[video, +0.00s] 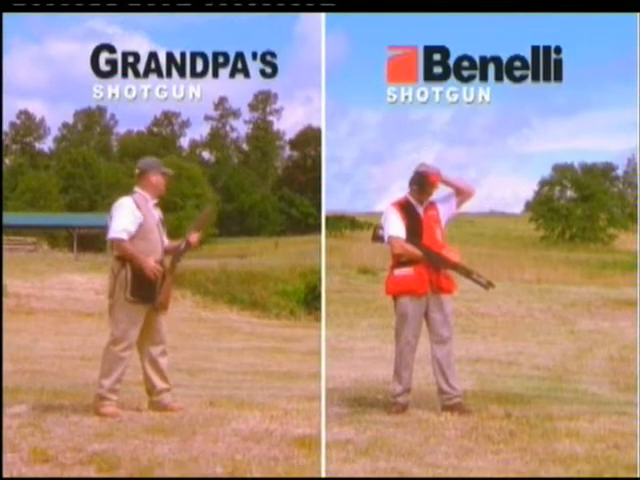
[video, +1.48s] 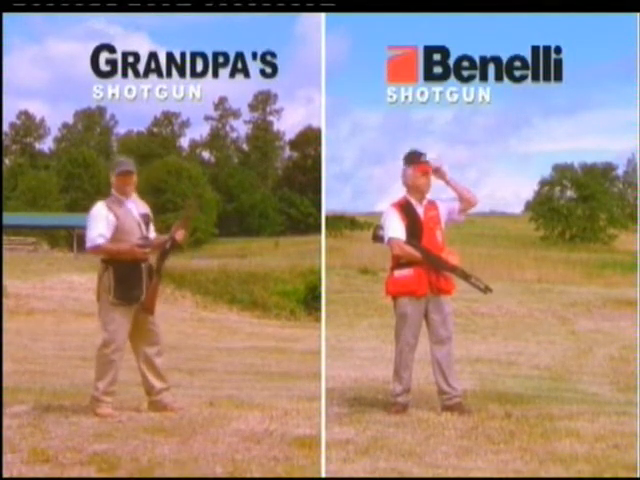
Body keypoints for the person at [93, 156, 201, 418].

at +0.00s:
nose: (165, 183)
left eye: (165, 178)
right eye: (160, 176)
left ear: (153, 180)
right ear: (146, 178)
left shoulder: (154, 211)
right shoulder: (127, 205)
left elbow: (160, 246)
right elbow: (117, 241)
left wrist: (185, 244)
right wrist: (143, 261)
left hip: (152, 276)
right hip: (129, 276)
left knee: (155, 341)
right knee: (122, 340)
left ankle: (160, 396)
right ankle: (106, 398)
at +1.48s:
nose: (126, 181)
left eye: (130, 176)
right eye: (121, 176)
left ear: (136, 179)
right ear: (112, 179)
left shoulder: (142, 208)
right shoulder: (102, 210)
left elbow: (148, 241)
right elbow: (94, 245)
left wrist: (170, 240)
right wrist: (129, 251)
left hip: (141, 284)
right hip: (115, 282)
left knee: (149, 341)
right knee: (113, 341)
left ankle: (158, 396)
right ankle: (102, 399)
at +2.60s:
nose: (153, 180)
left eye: (154, 176)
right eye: (147, 176)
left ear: (154, 180)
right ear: (132, 179)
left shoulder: (156, 208)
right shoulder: (121, 208)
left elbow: (165, 243)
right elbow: (127, 242)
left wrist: (184, 235)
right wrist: (163, 228)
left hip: (153, 272)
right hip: (127, 272)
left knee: (156, 341)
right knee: (119, 339)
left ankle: (161, 396)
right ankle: (102, 398)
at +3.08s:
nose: (154, 189)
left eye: (154, 184)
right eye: (149, 184)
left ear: (144, 188)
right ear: (132, 187)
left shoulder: (151, 215)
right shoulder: (120, 217)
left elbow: (163, 247)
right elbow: (127, 256)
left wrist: (184, 242)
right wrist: (159, 270)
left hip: (145, 280)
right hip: (122, 282)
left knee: (158, 340)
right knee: (121, 342)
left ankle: (162, 396)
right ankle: (93, 399)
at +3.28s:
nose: (152, 190)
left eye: (151, 185)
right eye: (146, 185)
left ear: (140, 190)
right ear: (131, 189)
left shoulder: (149, 216)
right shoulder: (116, 221)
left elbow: (159, 249)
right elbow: (113, 262)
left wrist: (180, 246)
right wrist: (125, 293)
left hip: (146, 281)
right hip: (122, 283)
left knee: (160, 339)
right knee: (121, 343)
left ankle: (163, 396)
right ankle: (92, 399)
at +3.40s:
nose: (152, 188)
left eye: (151, 183)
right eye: (146, 183)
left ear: (143, 188)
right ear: (130, 188)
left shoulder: (150, 214)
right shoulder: (115, 218)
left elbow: (158, 247)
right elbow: (98, 257)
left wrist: (179, 245)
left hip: (146, 279)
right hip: (120, 281)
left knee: (159, 339)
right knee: (119, 343)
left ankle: (162, 397)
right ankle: (92, 399)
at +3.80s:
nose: (173, 217)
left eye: (172, 211)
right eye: (169, 212)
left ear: (158, 216)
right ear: (154, 215)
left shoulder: (164, 239)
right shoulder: (136, 244)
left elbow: (161, 271)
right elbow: (110, 276)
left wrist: (186, 268)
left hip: (145, 296)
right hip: (122, 298)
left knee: (166, 341)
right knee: (134, 359)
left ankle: (163, 396)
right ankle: (94, 398)